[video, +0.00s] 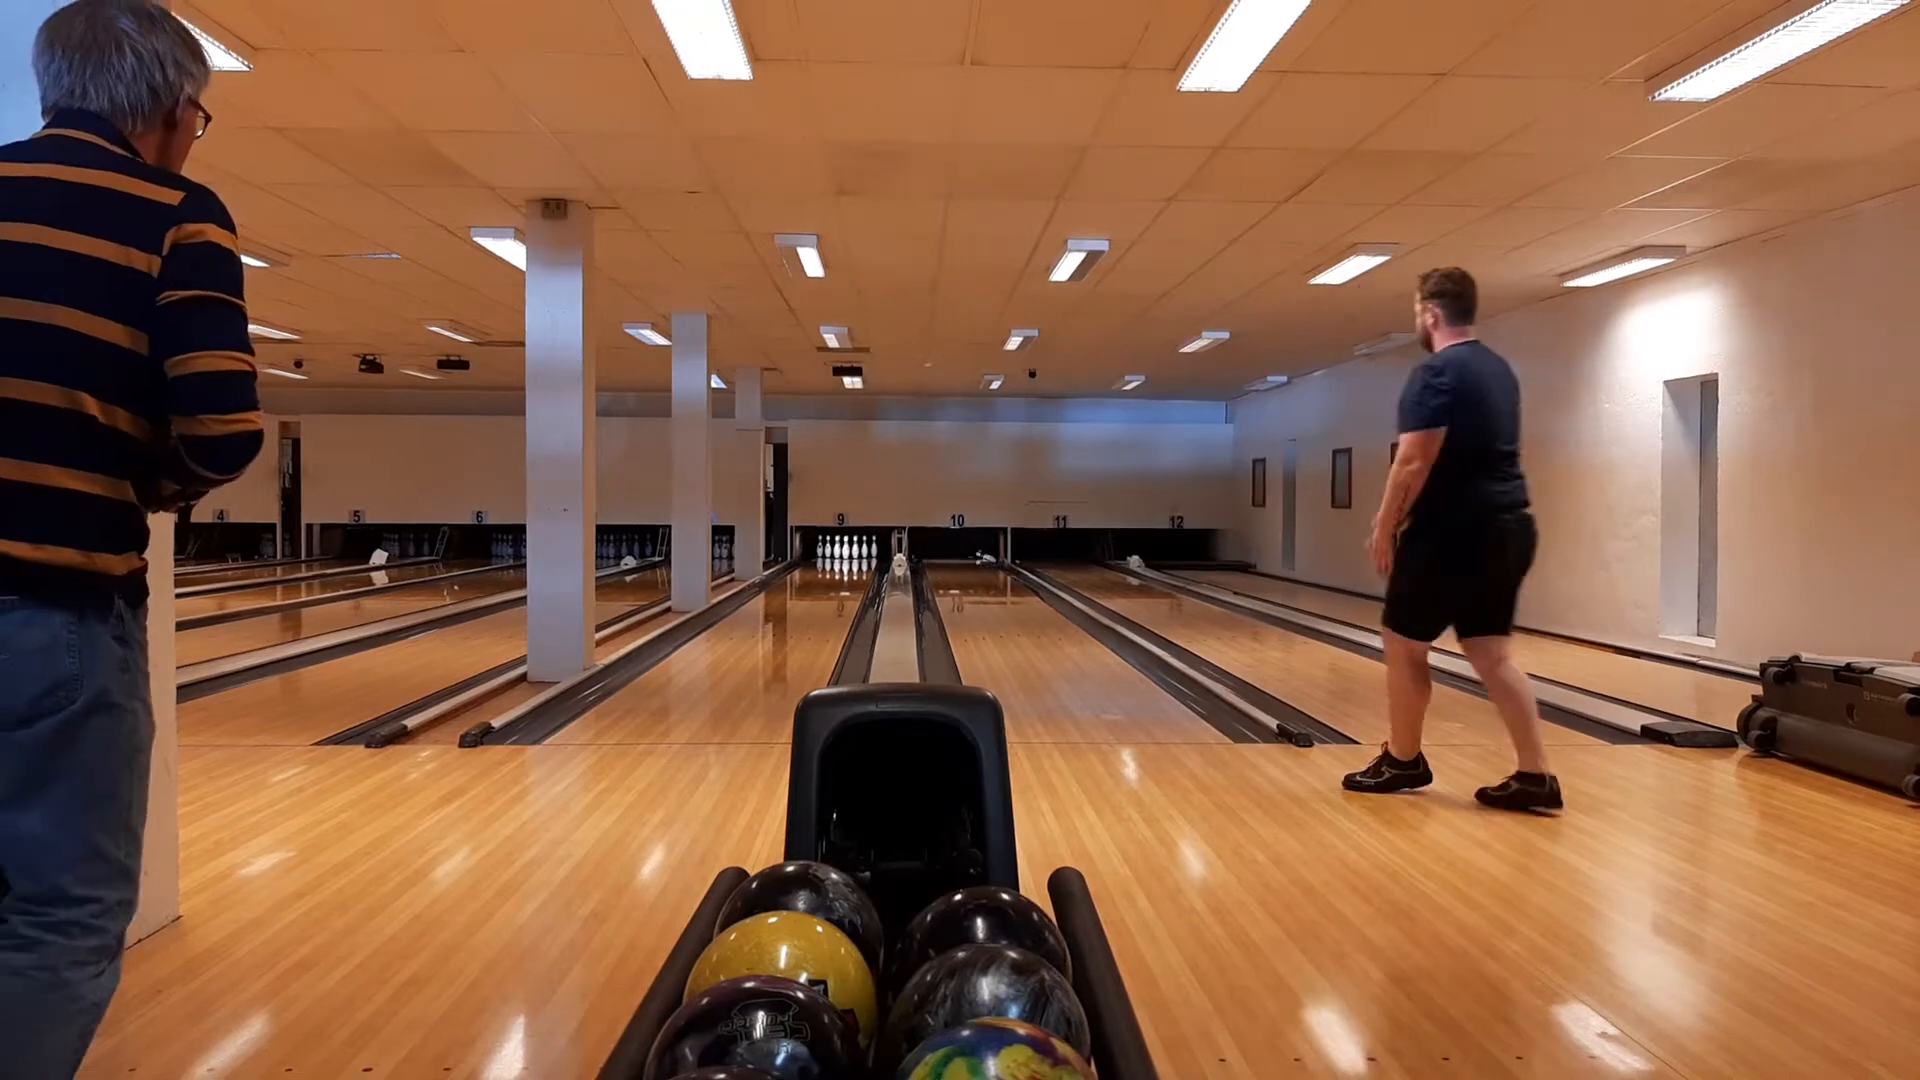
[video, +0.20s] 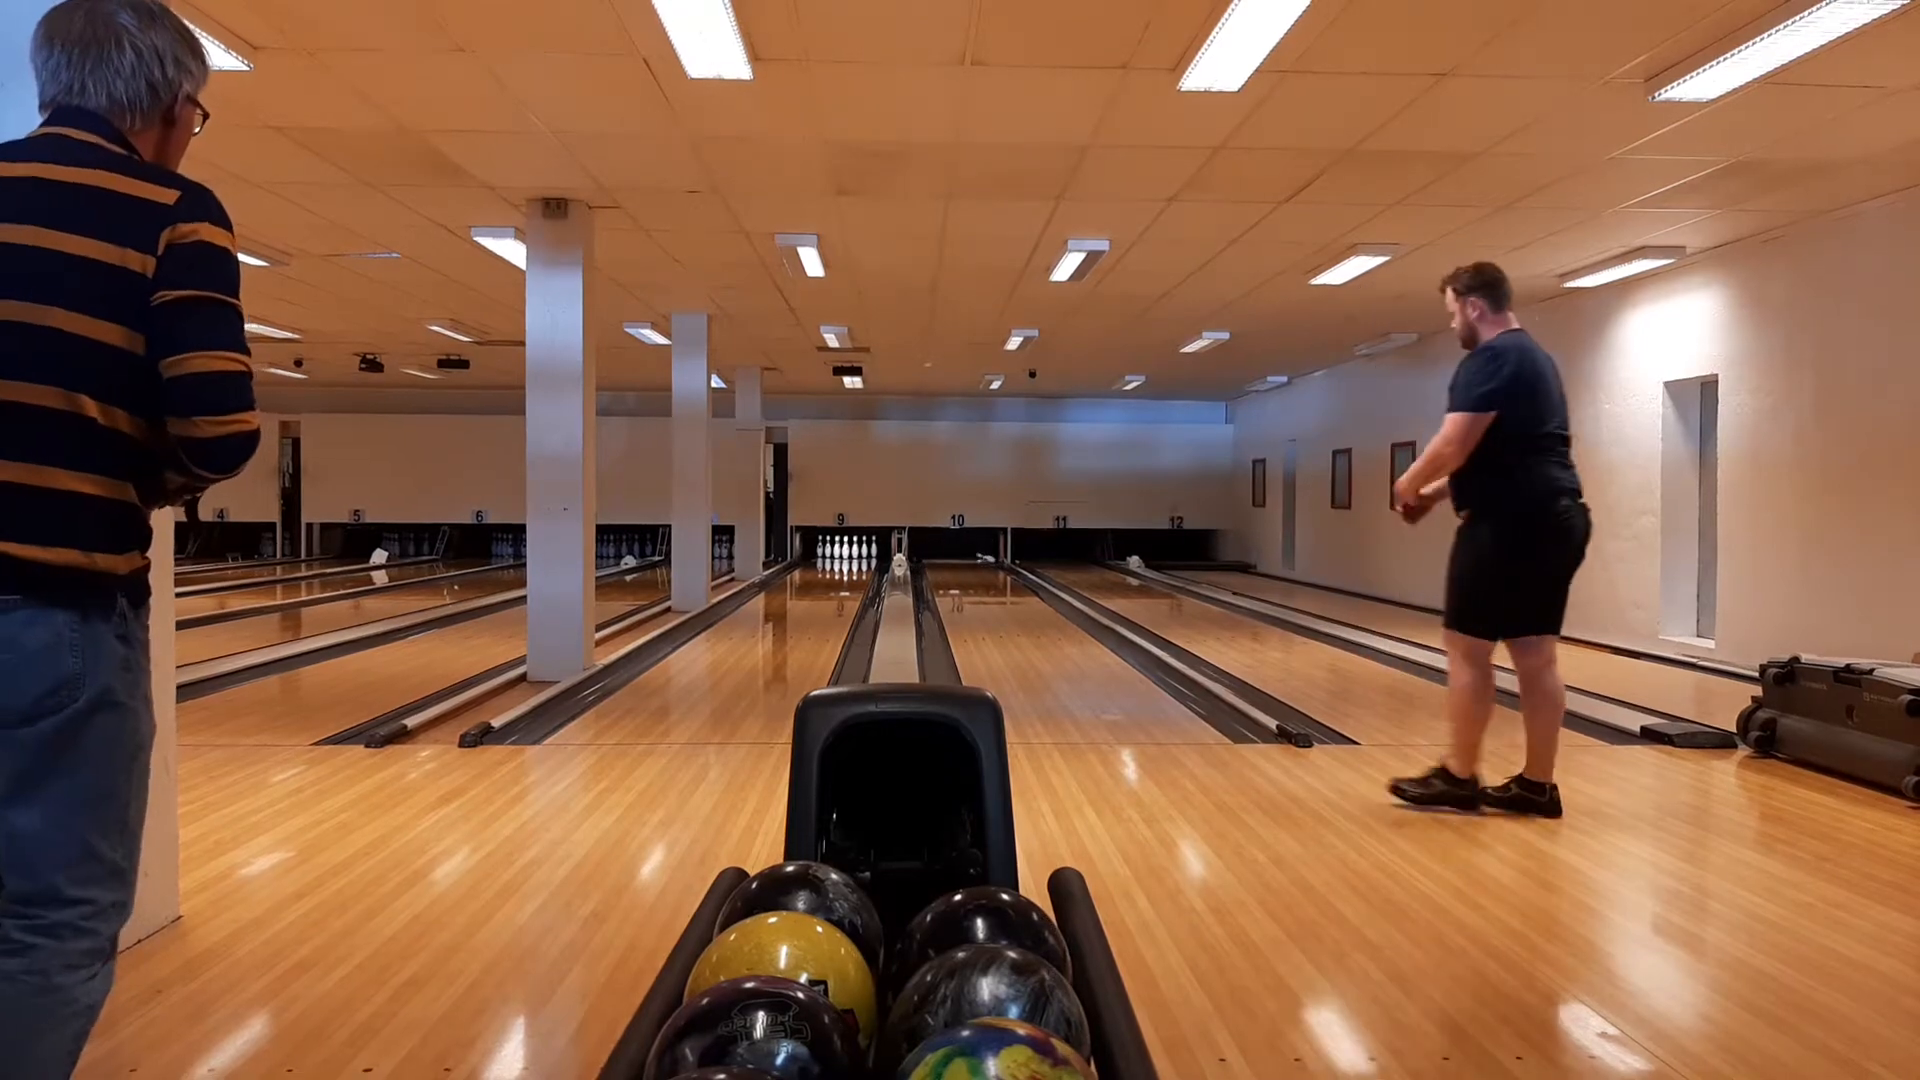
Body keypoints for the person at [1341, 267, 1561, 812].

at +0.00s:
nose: (1417, 321)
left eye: (1417, 313)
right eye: (1419, 312)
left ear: (1430, 314)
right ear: (1470, 313)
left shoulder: (1436, 373)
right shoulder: (1499, 370)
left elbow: (1414, 461)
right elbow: (1492, 456)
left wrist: (1383, 528)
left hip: (1447, 530)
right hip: (1508, 526)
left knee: (1403, 639)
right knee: (1490, 650)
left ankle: (1403, 759)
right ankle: (1535, 776)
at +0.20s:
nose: (1452, 324)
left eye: (1452, 312)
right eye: (1451, 313)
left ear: (1471, 306)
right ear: (1502, 305)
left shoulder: (1490, 359)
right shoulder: (1534, 357)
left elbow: (1450, 446)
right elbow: (1496, 455)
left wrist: (1408, 482)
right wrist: (1434, 491)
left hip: (1504, 524)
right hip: (1554, 520)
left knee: (1467, 648)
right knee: (1535, 653)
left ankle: (1459, 775)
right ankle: (1538, 783)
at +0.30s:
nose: (1468, 324)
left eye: (1469, 312)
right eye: (1466, 314)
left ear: (1496, 305)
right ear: (1511, 306)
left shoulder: (1516, 357)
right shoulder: (1547, 354)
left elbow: (1482, 441)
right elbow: (1523, 456)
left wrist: (1434, 483)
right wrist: (1467, 503)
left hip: (1530, 521)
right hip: (1568, 518)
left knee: (1494, 644)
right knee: (1550, 649)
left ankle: (1527, 783)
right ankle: (1540, 784)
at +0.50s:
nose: (1509, 312)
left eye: (1515, 301)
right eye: (1508, 302)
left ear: (1551, 299)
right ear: (1548, 301)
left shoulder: (1576, 356)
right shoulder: (1557, 359)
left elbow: (1570, 448)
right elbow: (1565, 449)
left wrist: (1521, 526)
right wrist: (1527, 527)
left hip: (1588, 531)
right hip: (1555, 532)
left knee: (1597, 669)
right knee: (1559, 664)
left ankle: (1634, 806)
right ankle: (1541, 783)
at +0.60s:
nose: (1535, 310)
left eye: (1544, 299)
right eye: (1533, 300)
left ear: (1582, 296)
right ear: (1563, 301)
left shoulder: (1613, 357)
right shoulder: (1554, 364)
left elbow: (1619, 452)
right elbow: (1555, 453)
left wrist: (1583, 537)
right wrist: (1549, 533)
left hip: (1621, 538)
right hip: (1561, 538)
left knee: (1632, 681)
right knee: (1565, 674)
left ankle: (1651, 812)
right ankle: (1541, 782)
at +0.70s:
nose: (1563, 303)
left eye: (1574, 292)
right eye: (1561, 293)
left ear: (1615, 292)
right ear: (1568, 295)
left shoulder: (1651, 355)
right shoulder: (1563, 363)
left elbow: (1670, 450)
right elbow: (1566, 453)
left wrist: (1646, 536)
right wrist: (1561, 534)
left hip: (1644, 541)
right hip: (1573, 541)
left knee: (1648, 679)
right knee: (1558, 666)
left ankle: (1653, 813)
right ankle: (1541, 783)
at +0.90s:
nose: (1622, 288)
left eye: (1636, 277)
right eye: (1616, 277)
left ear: (1673, 279)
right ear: (1611, 280)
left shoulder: (1715, 349)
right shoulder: (1588, 350)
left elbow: (1769, 430)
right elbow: (1560, 440)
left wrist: (1744, 512)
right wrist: (1544, 516)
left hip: (1684, 544)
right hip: (1594, 538)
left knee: (1665, 678)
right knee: (1565, 664)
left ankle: (1655, 813)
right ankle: (1556, 793)